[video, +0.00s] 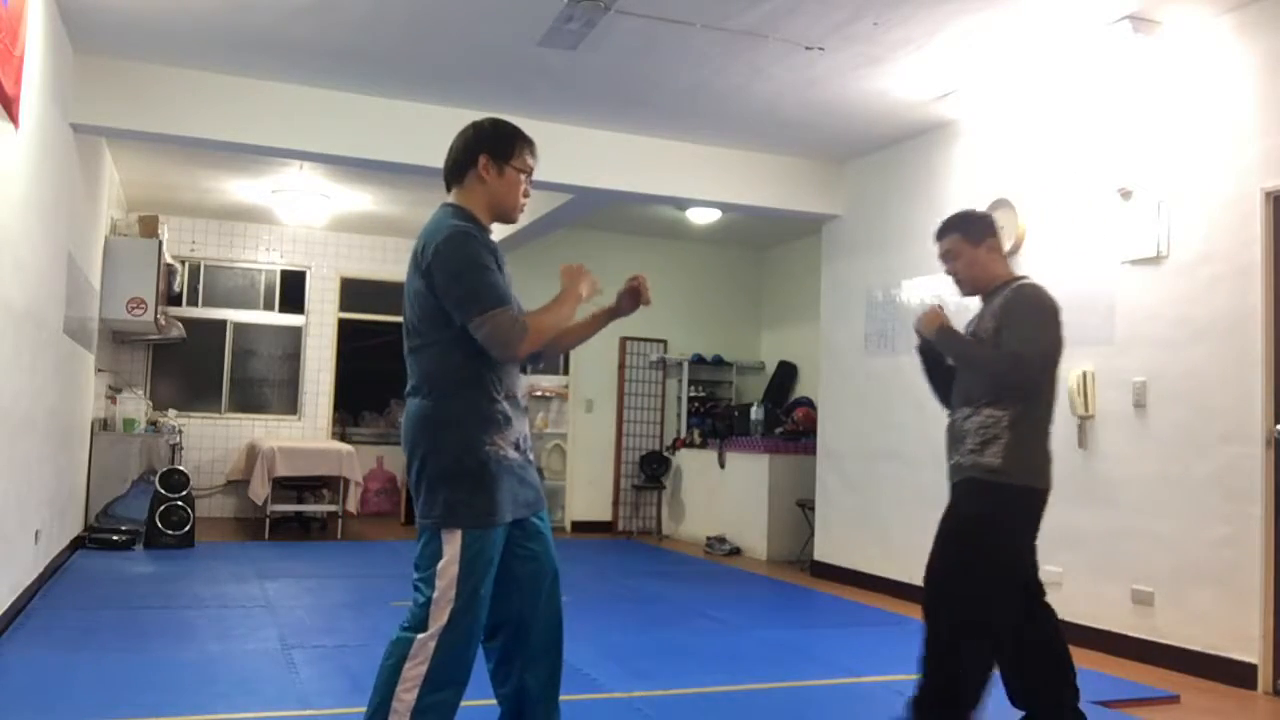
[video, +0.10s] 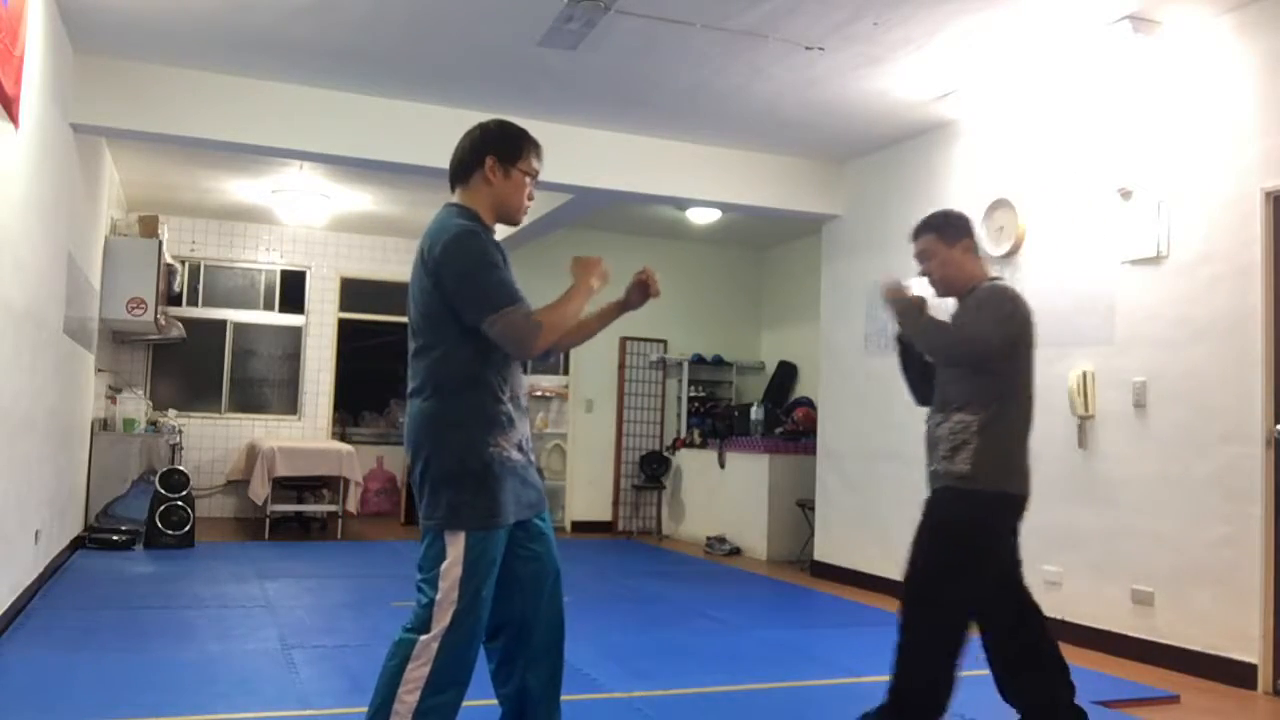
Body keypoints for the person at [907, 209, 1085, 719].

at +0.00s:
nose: (949, 273)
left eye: (953, 259)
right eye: (945, 264)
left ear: (989, 246)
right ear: (975, 255)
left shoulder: (1027, 301)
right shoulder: (985, 319)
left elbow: (1015, 373)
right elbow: (957, 396)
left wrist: (945, 336)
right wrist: (930, 346)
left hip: (1004, 481)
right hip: (979, 480)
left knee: (951, 596)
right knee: (1014, 604)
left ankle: (938, 710)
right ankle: (1056, 710)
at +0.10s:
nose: (925, 275)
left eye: (929, 261)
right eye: (921, 266)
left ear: (964, 248)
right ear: (956, 255)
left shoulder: (997, 302)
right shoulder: (974, 313)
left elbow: (956, 348)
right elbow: (927, 391)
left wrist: (909, 310)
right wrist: (908, 328)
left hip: (976, 486)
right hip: (967, 485)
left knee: (928, 606)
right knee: (1004, 608)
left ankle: (910, 709)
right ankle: (1055, 709)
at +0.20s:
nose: (890, 267)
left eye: (895, 253)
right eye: (888, 256)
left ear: (932, 245)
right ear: (925, 252)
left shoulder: (960, 296)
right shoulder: (952, 307)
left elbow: (892, 322)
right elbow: (921, 391)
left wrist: (831, 288)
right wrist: (883, 345)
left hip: (948, 488)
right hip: (961, 489)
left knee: (898, 612)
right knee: (973, 601)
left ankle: (891, 715)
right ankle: (1050, 712)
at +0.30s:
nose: (859, 260)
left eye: (865, 246)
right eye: (857, 249)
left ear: (902, 238)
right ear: (904, 243)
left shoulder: (921, 288)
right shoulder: (940, 296)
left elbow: (835, 310)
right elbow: (918, 388)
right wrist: (872, 360)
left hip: (927, 483)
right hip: (958, 483)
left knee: (877, 611)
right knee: (946, 596)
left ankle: (885, 714)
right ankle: (1020, 712)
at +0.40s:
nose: (836, 256)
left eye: (840, 241)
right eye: (833, 245)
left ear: (877, 231)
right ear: (883, 237)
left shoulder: (902, 284)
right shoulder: (932, 290)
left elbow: (815, 318)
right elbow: (916, 385)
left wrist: (715, 312)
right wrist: (866, 366)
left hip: (917, 478)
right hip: (956, 476)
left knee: (870, 606)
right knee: (939, 606)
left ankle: (883, 712)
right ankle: (975, 710)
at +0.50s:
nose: (823, 254)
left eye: (828, 239)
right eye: (819, 243)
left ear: (865, 229)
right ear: (868, 235)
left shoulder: (888, 280)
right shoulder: (922, 284)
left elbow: (808, 326)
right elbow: (899, 382)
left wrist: (709, 320)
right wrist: (847, 356)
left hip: (912, 476)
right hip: (953, 472)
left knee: (871, 608)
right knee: (944, 614)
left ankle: (888, 713)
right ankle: (972, 712)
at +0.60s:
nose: (823, 251)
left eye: (829, 236)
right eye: (820, 241)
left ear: (866, 228)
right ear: (870, 233)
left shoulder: (887, 280)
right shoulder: (920, 284)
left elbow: (807, 325)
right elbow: (900, 377)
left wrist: (709, 316)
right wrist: (847, 360)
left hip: (910, 476)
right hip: (952, 471)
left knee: (872, 608)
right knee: (950, 610)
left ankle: (889, 714)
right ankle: (993, 710)